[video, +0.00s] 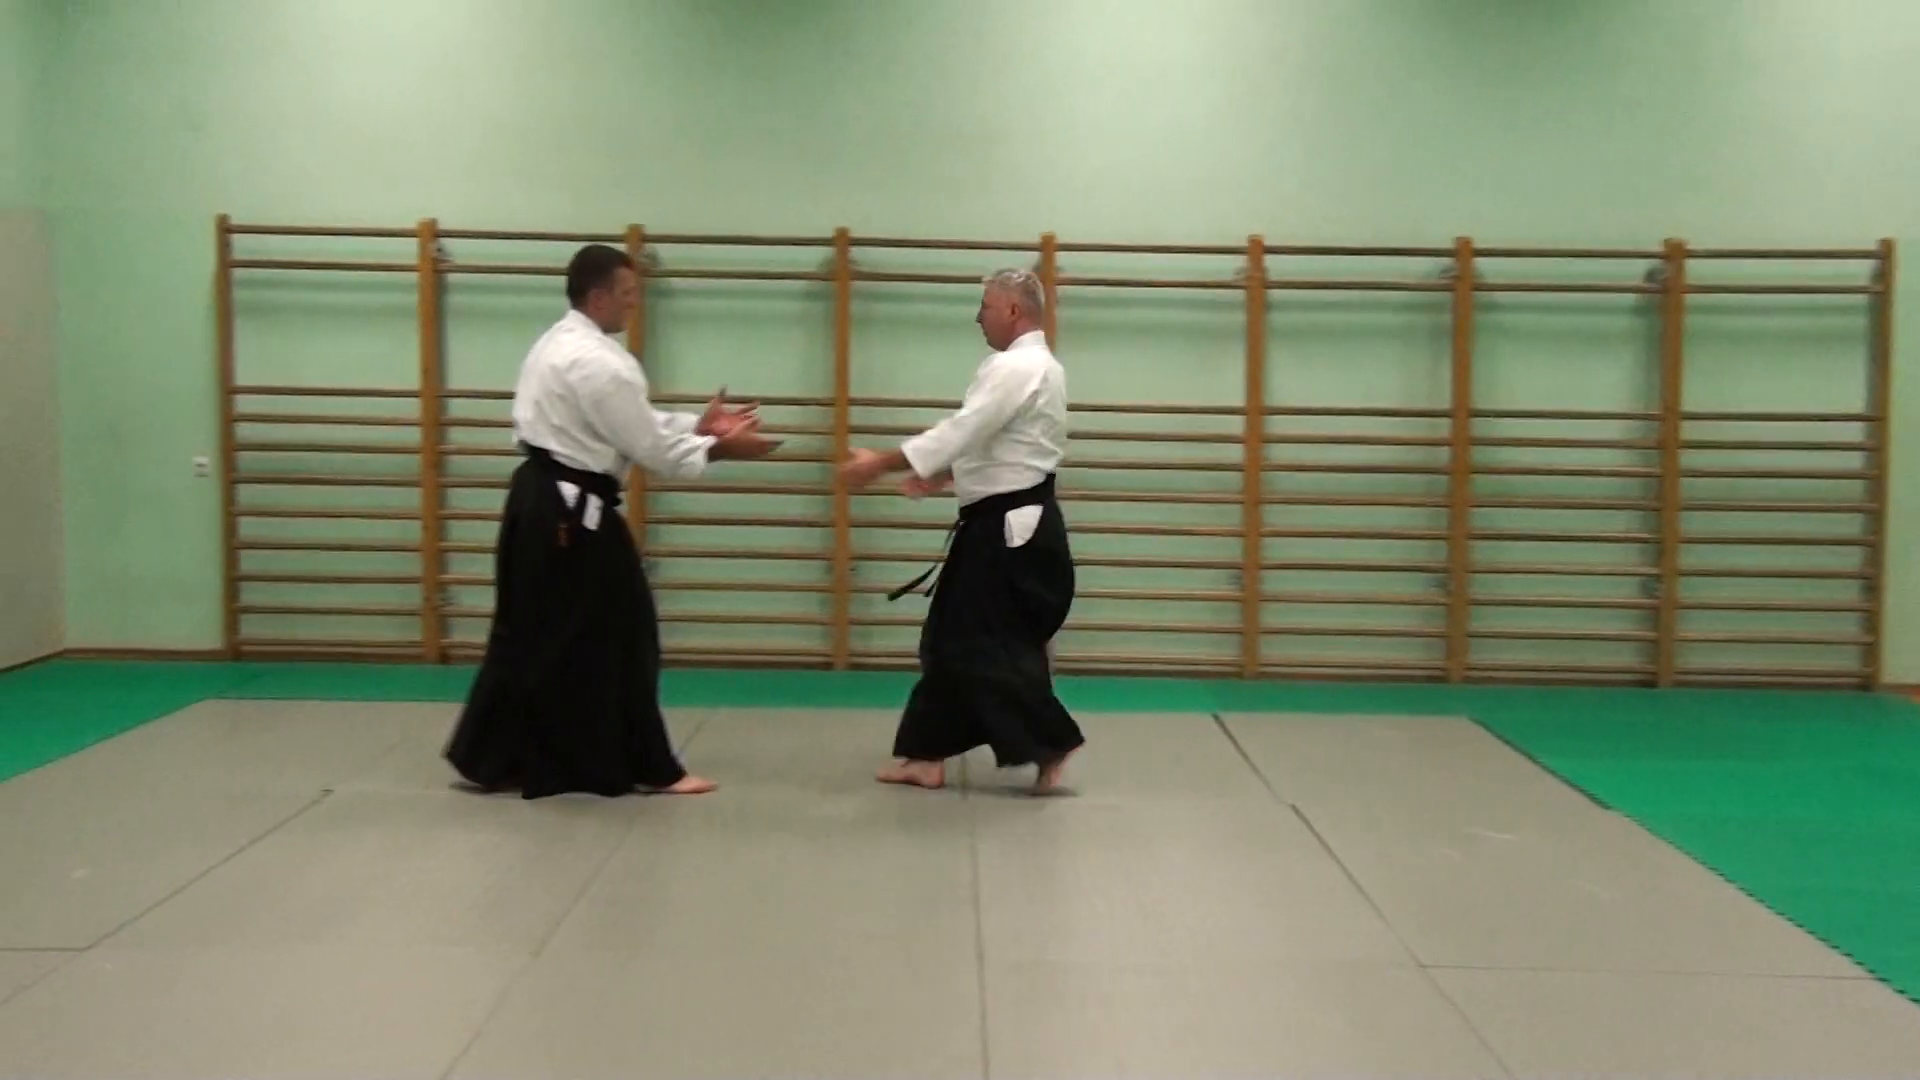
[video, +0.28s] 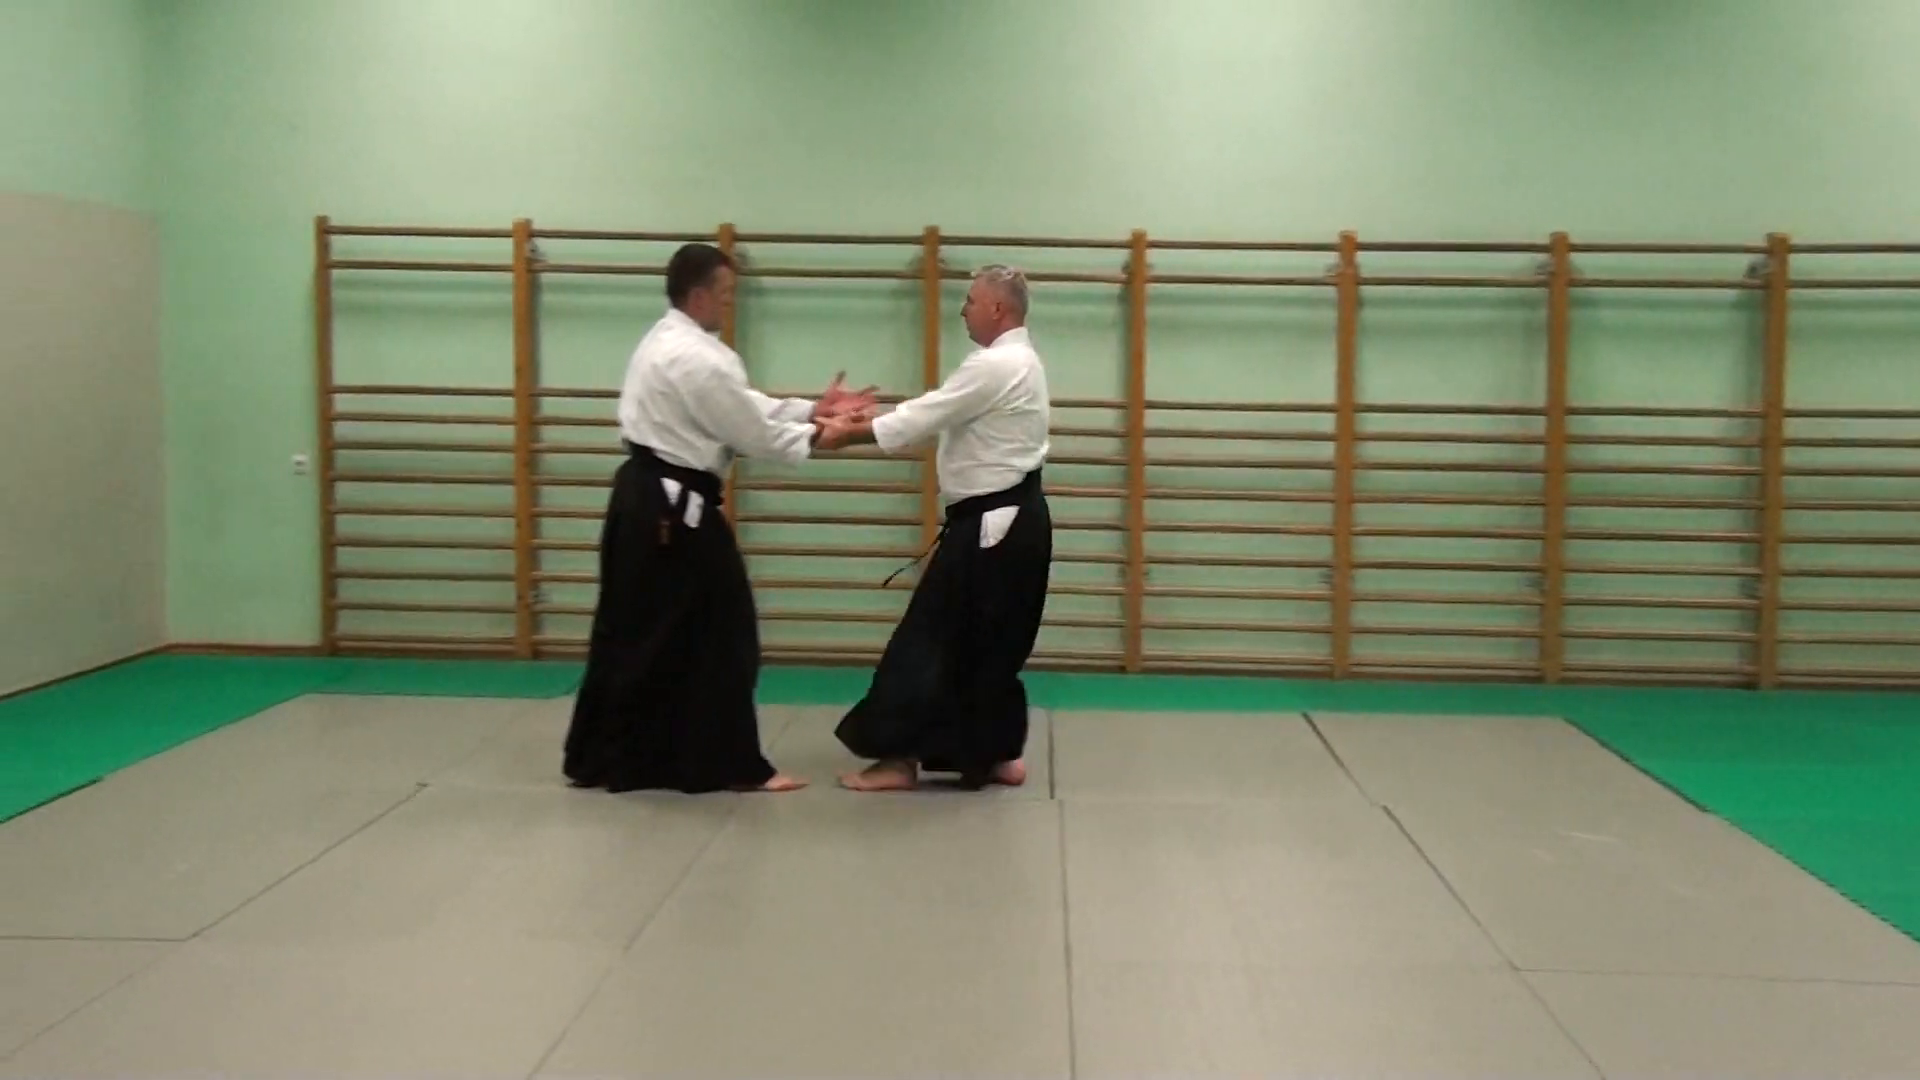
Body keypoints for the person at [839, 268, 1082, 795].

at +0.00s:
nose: (979, 317)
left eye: (985, 307)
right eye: (981, 308)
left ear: (1012, 310)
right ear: (1021, 311)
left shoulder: (1015, 368)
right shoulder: (1040, 365)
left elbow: (960, 433)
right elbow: (1007, 453)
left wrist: (884, 459)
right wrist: (939, 480)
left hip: (1004, 524)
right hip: (1017, 518)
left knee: (960, 637)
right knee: (961, 637)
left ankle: (1053, 741)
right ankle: (925, 755)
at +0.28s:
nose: (964, 312)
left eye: (970, 302)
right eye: (966, 302)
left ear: (996, 308)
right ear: (1007, 310)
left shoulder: (993, 367)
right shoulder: (1022, 361)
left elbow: (924, 419)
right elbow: (940, 413)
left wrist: (854, 430)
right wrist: (874, 419)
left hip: (987, 522)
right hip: (1019, 515)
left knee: (926, 636)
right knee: (993, 637)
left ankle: (897, 763)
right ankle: (1000, 754)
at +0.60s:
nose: (973, 300)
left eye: (979, 290)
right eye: (974, 290)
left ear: (1006, 293)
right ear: (1015, 294)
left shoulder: (1005, 353)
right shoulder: (1042, 344)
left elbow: (959, 431)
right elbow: (982, 406)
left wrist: (910, 459)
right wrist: (927, 423)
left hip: (1012, 508)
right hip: (1048, 499)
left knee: (973, 627)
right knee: (1031, 628)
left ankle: (982, 758)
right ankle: (1042, 749)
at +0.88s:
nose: (960, 301)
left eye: (965, 291)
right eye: (960, 291)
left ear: (994, 293)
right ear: (1001, 294)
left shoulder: (996, 352)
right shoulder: (1027, 342)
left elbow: (946, 436)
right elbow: (972, 409)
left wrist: (895, 459)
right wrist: (922, 425)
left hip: (1008, 506)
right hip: (1039, 497)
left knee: (981, 629)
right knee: (1034, 627)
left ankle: (986, 760)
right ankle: (1039, 754)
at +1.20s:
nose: (949, 302)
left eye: (954, 293)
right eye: (950, 292)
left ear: (984, 297)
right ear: (990, 297)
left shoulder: (984, 356)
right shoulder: (1012, 340)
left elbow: (936, 424)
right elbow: (952, 374)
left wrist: (877, 471)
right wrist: (896, 381)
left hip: (998, 508)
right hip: (1027, 499)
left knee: (961, 626)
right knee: (1020, 627)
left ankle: (969, 756)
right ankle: (1022, 754)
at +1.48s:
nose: (947, 331)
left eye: (959, 325)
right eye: (947, 320)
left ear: (989, 326)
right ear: (951, 312)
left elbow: (966, 479)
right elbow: (970, 287)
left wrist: (917, 531)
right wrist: (945, 268)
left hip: (991, 513)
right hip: (961, 503)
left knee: (973, 630)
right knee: (934, 623)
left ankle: (972, 755)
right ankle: (936, 748)